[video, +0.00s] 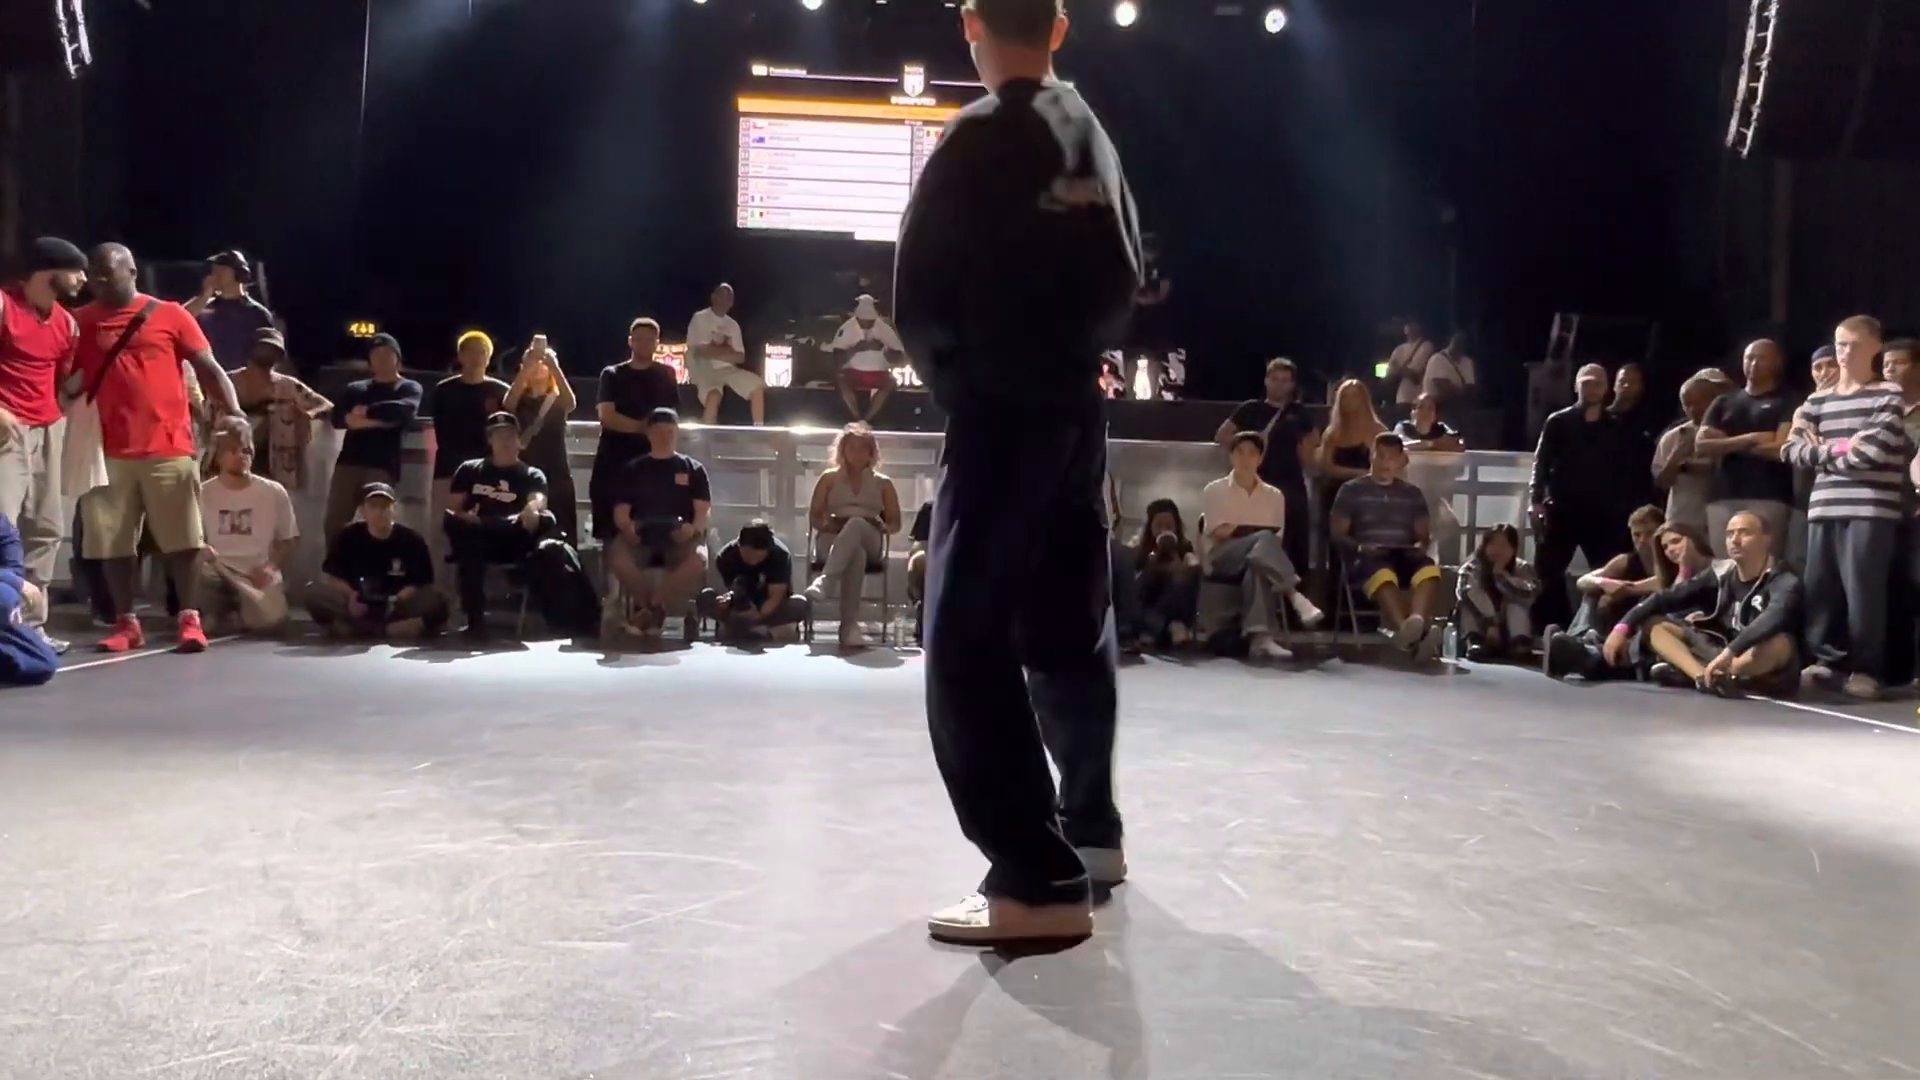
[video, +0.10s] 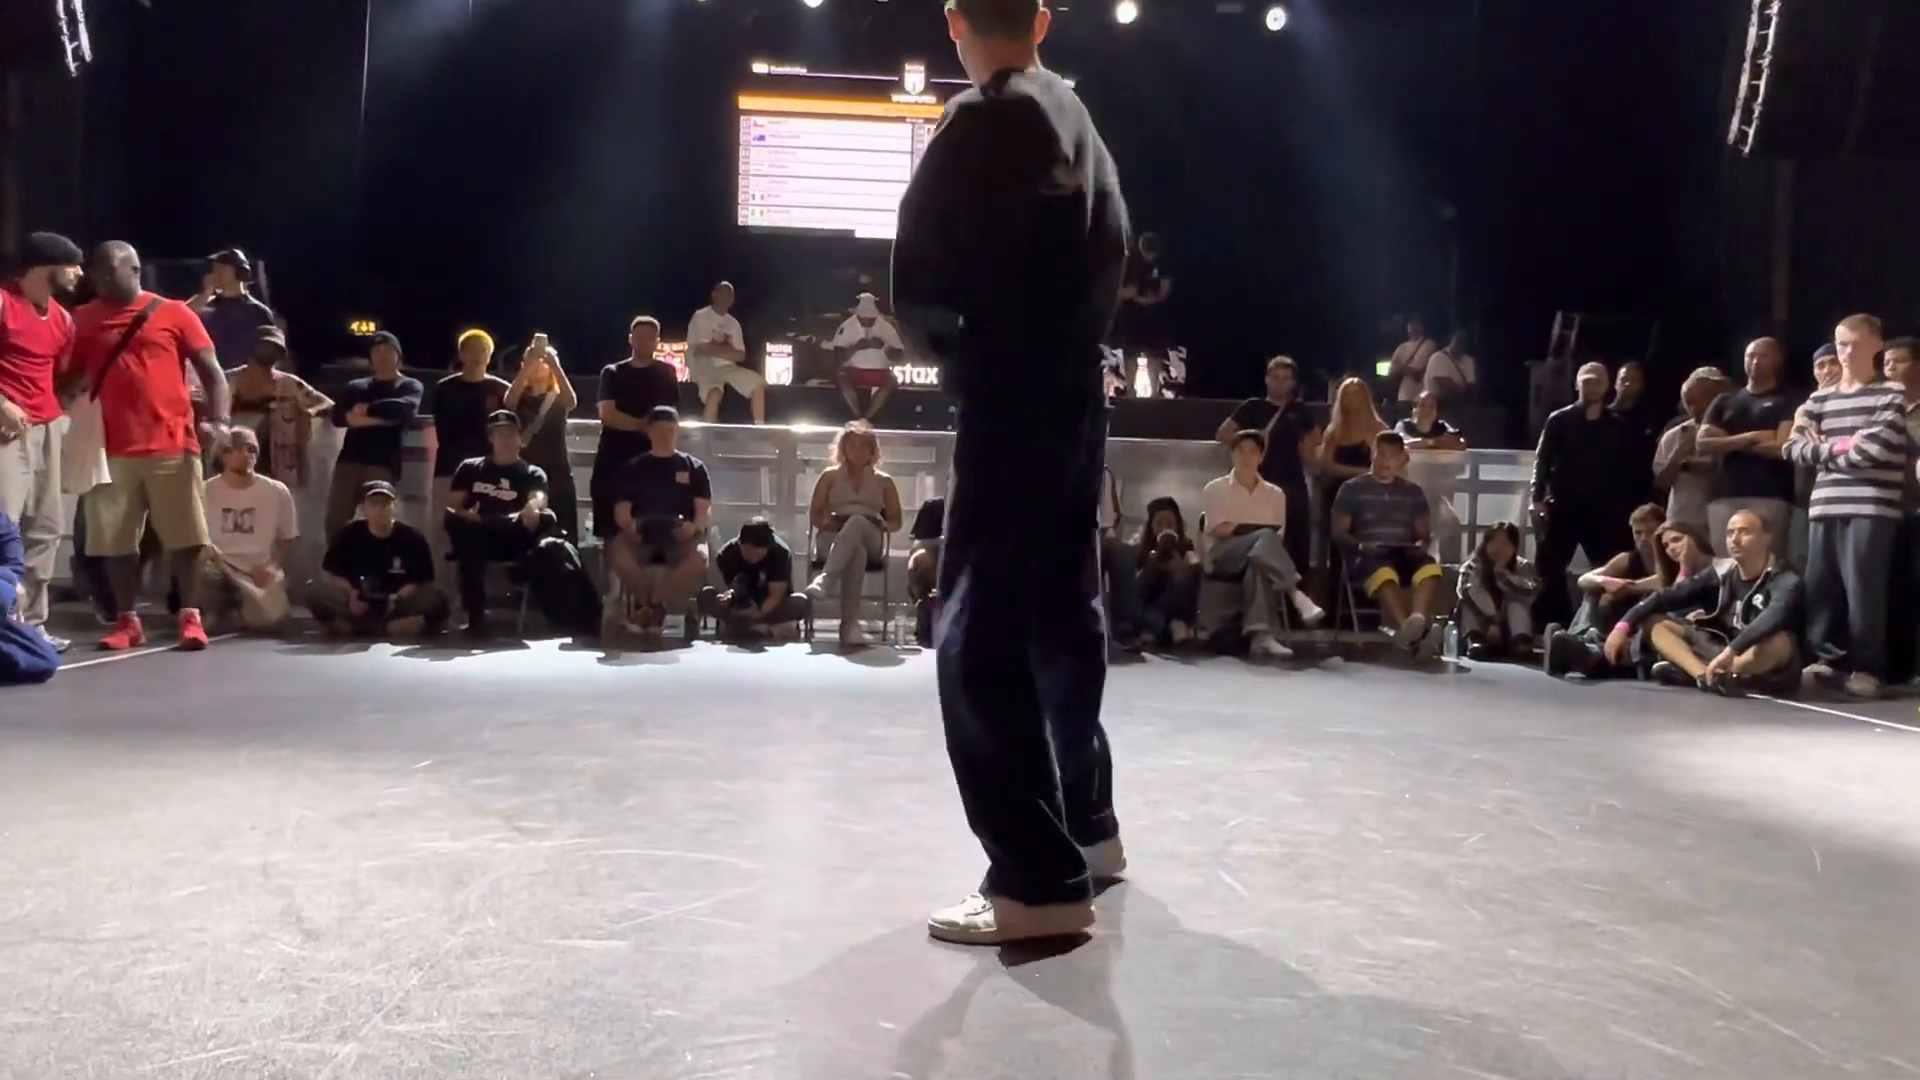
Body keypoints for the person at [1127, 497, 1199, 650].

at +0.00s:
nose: (1164, 531)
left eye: (1169, 526)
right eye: (1159, 526)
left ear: (1177, 526)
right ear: (1150, 527)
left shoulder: (1184, 547)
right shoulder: (1141, 551)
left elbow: (1194, 566)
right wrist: (1154, 559)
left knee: (1183, 577)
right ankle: (1176, 623)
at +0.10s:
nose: (1165, 530)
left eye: (1170, 525)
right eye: (1159, 524)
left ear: (1178, 525)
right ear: (1150, 526)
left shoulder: (1185, 545)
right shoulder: (1140, 549)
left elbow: (1195, 564)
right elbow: (1136, 583)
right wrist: (1155, 557)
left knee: (1184, 575)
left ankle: (1150, 630)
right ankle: (1176, 622)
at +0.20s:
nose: (1166, 530)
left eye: (1172, 525)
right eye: (1161, 525)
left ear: (1180, 525)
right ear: (1152, 526)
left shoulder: (1187, 545)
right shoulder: (1143, 550)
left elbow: (1197, 566)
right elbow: (1138, 583)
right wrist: (1155, 561)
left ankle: (1152, 631)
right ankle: (1177, 622)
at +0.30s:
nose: (1168, 530)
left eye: (1173, 525)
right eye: (1163, 525)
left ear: (1181, 525)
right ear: (1154, 526)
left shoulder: (1188, 545)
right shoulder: (1144, 548)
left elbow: (1199, 565)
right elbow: (1139, 582)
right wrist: (1157, 561)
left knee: (1188, 575)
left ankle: (1154, 630)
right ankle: (1179, 622)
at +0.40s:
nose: (1169, 530)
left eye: (1174, 525)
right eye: (1164, 525)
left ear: (1182, 525)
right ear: (1155, 526)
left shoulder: (1189, 545)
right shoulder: (1144, 548)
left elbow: (1200, 565)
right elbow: (1139, 583)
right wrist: (1157, 562)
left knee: (1190, 575)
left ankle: (1154, 630)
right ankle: (1180, 623)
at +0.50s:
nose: (1170, 531)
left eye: (1175, 526)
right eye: (1165, 525)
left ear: (1184, 526)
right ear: (1156, 526)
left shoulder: (1191, 547)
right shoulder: (1145, 550)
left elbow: (1201, 567)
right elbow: (1142, 583)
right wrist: (1160, 562)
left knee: (1192, 576)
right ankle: (1182, 623)